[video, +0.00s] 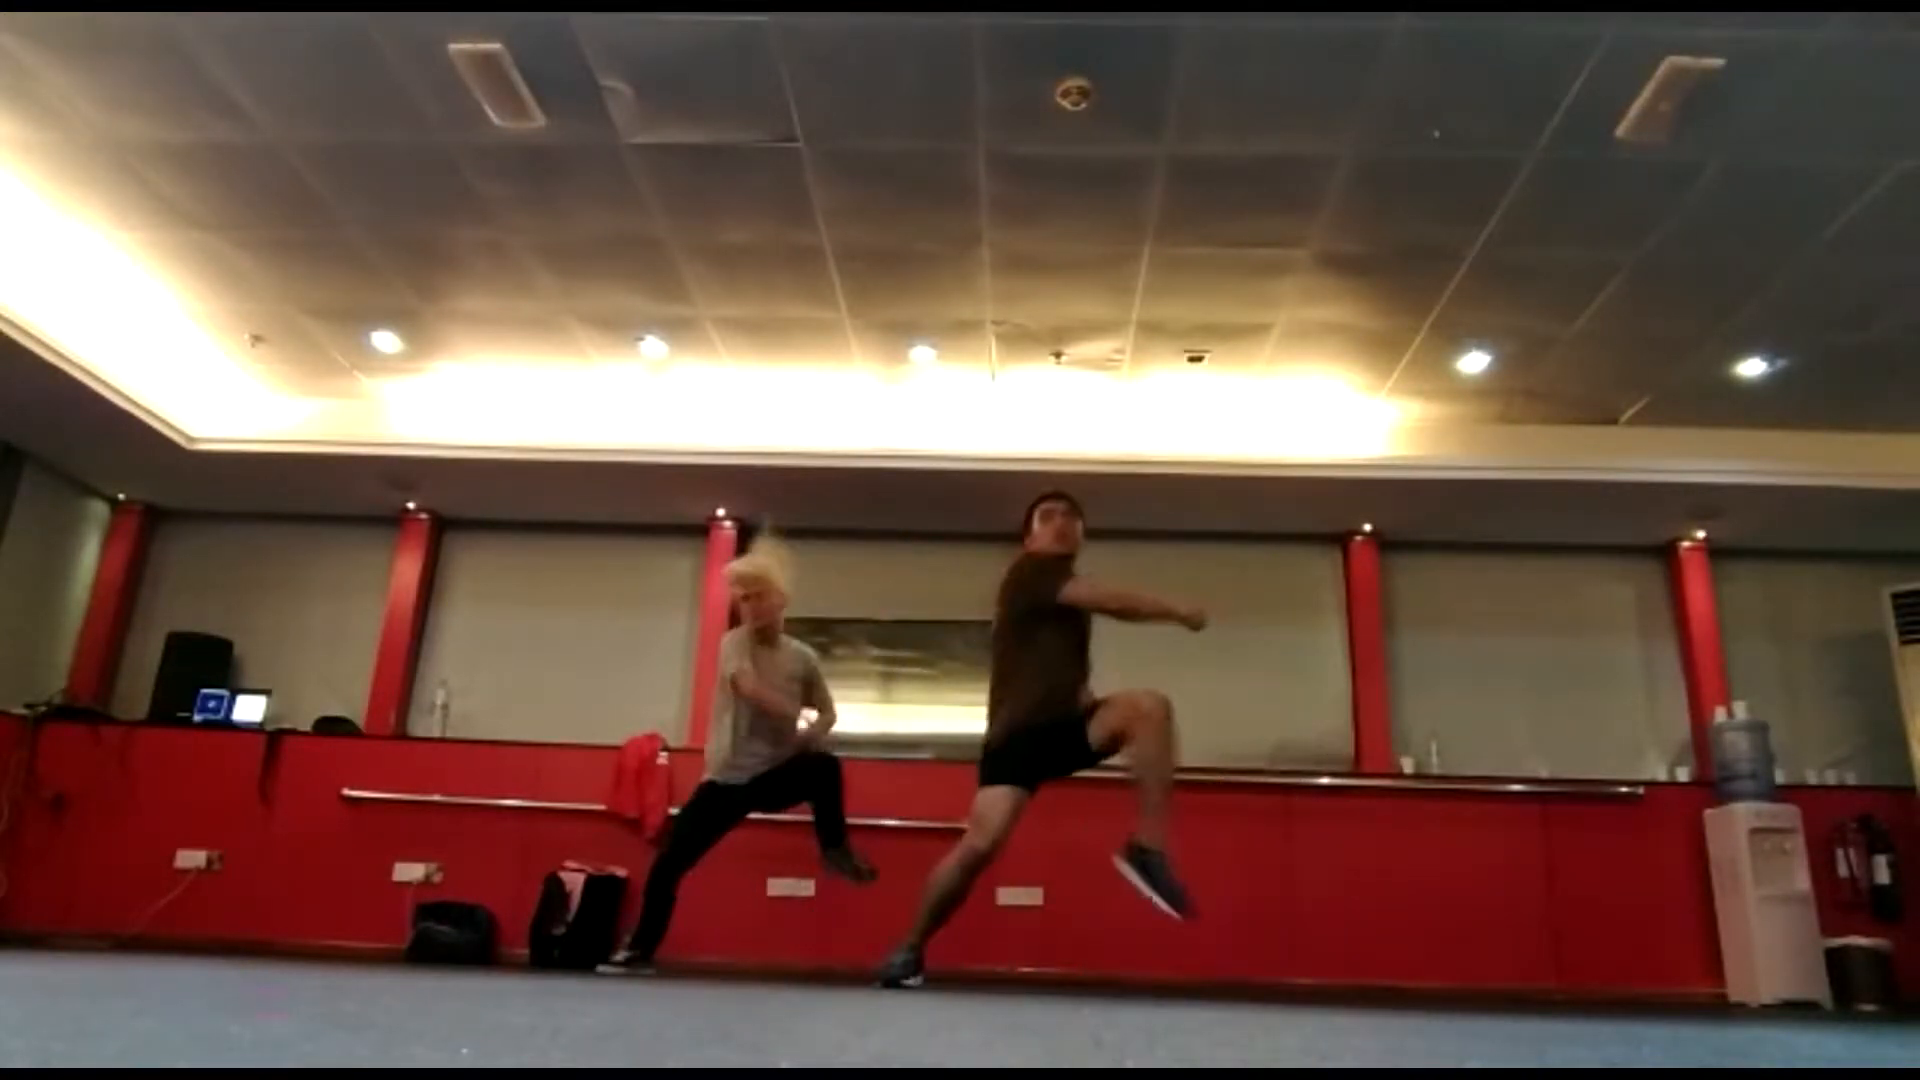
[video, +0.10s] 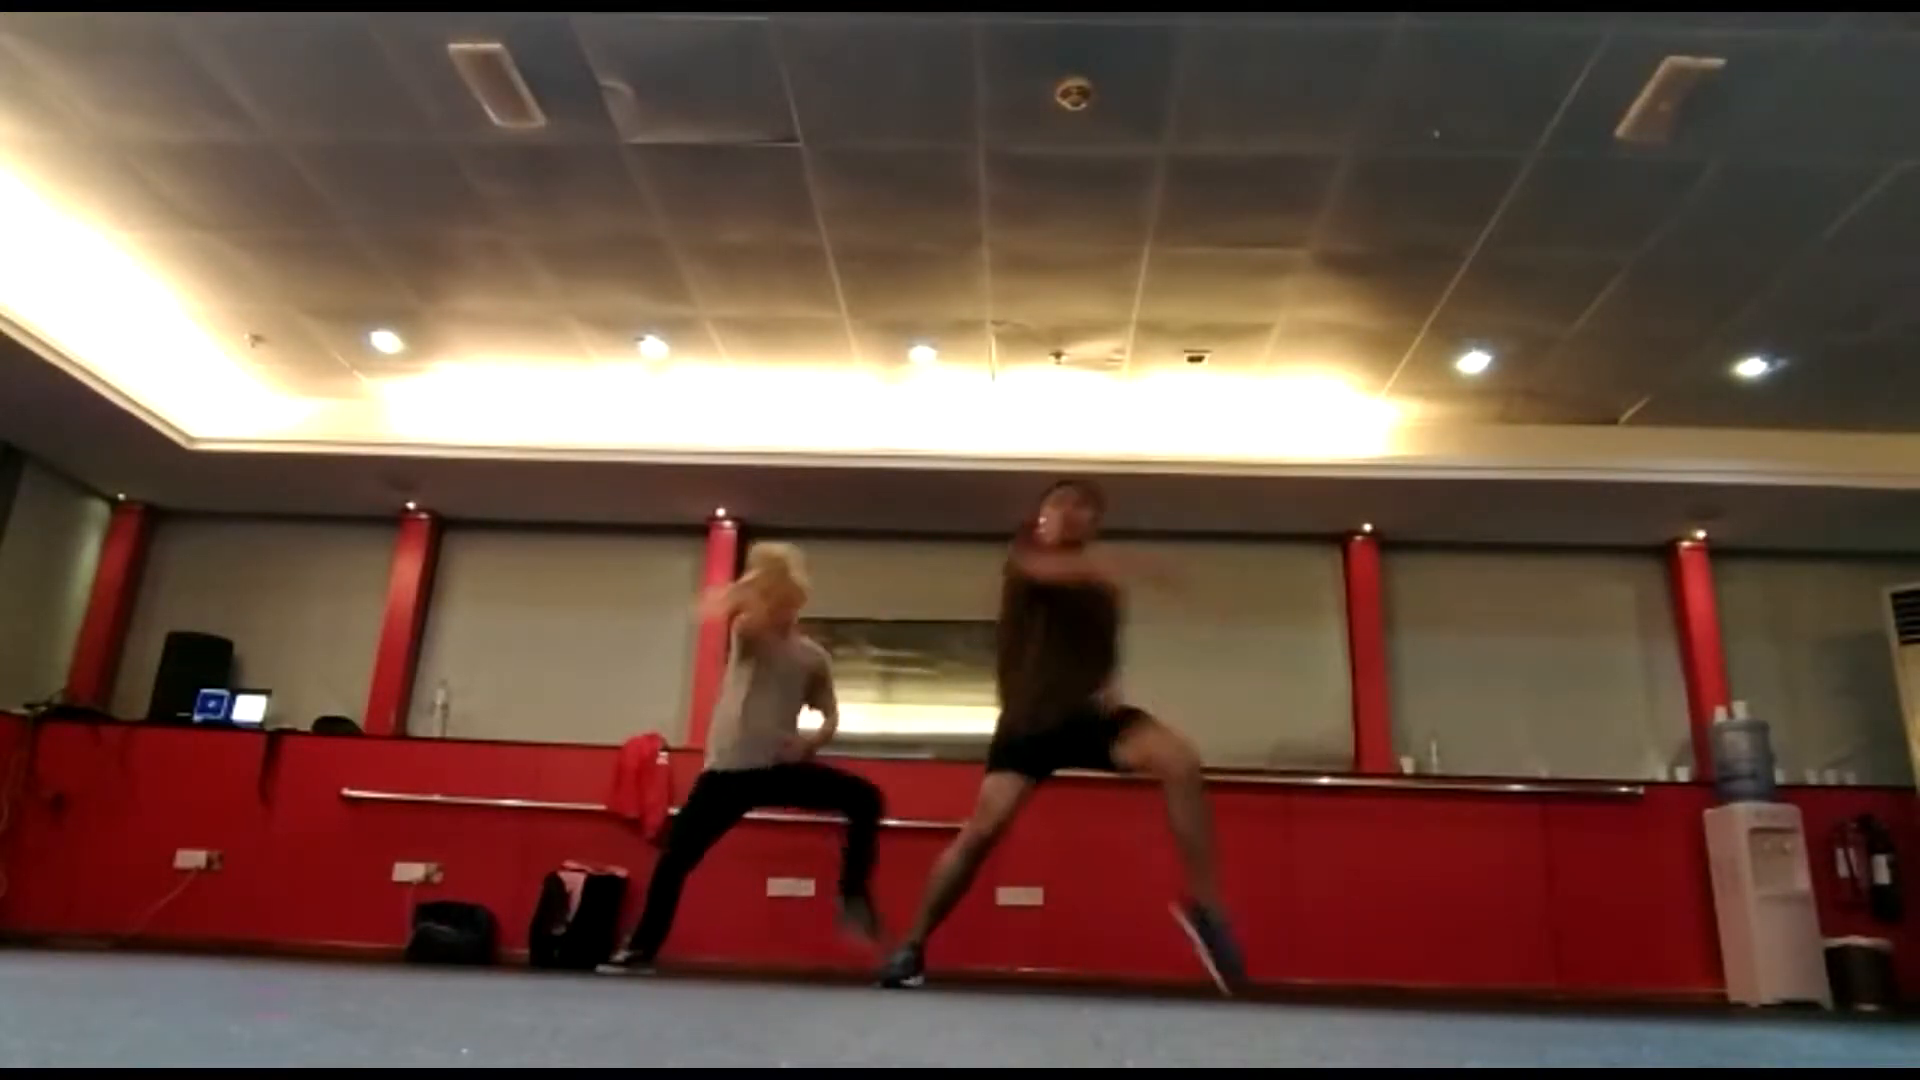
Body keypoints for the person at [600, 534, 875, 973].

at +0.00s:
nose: (749, 608)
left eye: (756, 598)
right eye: (743, 600)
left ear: (780, 600)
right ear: (736, 604)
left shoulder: (800, 658)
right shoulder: (735, 644)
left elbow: (827, 713)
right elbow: (745, 687)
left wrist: (807, 741)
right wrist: (794, 712)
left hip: (774, 777)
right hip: (726, 781)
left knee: (824, 765)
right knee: (669, 862)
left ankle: (836, 849)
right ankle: (641, 949)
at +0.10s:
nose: (768, 602)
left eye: (775, 593)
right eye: (762, 593)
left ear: (792, 598)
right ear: (750, 597)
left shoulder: (811, 656)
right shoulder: (747, 637)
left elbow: (830, 718)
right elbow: (743, 624)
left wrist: (809, 746)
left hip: (780, 772)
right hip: (728, 774)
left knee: (863, 798)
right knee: (675, 858)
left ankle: (855, 900)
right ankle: (642, 950)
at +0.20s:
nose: (817, 611)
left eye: (822, 601)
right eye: (808, 600)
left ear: (829, 606)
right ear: (788, 602)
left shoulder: (832, 668)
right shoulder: (766, 641)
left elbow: (855, 735)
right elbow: (735, 613)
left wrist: (823, 758)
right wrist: (748, 577)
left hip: (800, 786)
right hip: (747, 780)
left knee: (876, 847)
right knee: (696, 865)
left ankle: (851, 956)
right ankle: (632, 947)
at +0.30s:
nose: (817, 600)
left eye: (826, 591)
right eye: (809, 591)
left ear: (839, 598)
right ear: (797, 598)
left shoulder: (853, 650)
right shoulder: (781, 640)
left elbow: (883, 711)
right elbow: (737, 652)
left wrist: (853, 751)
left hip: (830, 781)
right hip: (775, 781)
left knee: (892, 851)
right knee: (713, 864)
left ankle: (857, 954)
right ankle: (643, 945)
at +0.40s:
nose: (806, 606)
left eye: (814, 596)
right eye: (798, 598)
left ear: (831, 601)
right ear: (789, 606)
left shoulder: (859, 639)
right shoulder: (796, 653)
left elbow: (906, 685)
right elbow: (768, 696)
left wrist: (879, 738)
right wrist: (762, 745)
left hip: (874, 777)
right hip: (827, 779)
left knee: (855, 867)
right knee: (768, 834)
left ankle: (893, 950)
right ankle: (768, 936)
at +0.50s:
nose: (795, 630)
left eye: (803, 619)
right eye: (787, 622)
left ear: (826, 620)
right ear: (782, 630)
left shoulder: (849, 661)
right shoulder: (801, 678)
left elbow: (896, 713)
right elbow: (797, 743)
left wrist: (885, 773)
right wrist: (796, 799)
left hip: (903, 770)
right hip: (859, 775)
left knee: (857, 860)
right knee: (819, 853)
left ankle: (906, 952)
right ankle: (853, 951)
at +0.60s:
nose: (800, 629)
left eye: (801, 619)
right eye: (796, 623)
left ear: (818, 607)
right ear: (805, 621)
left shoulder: (860, 630)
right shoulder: (825, 650)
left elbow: (879, 685)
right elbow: (809, 693)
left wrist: (871, 748)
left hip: (919, 760)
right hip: (879, 762)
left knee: (881, 855)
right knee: (844, 852)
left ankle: (908, 952)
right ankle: (859, 952)